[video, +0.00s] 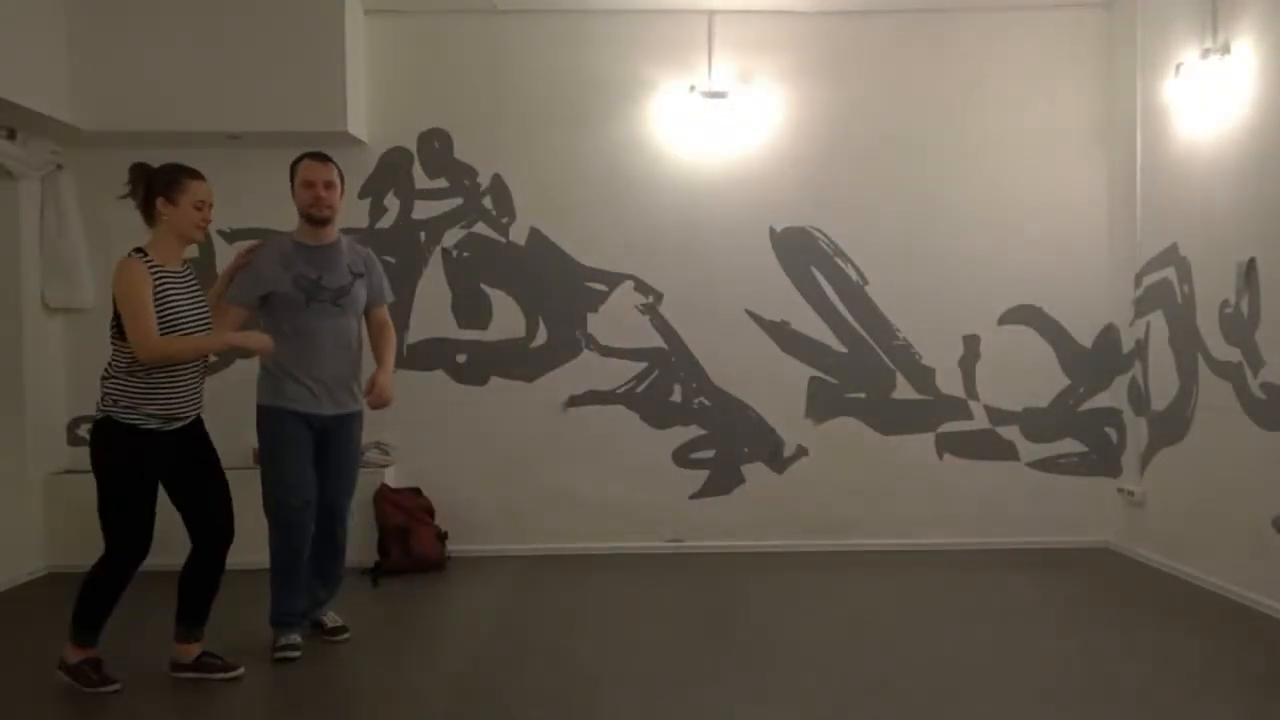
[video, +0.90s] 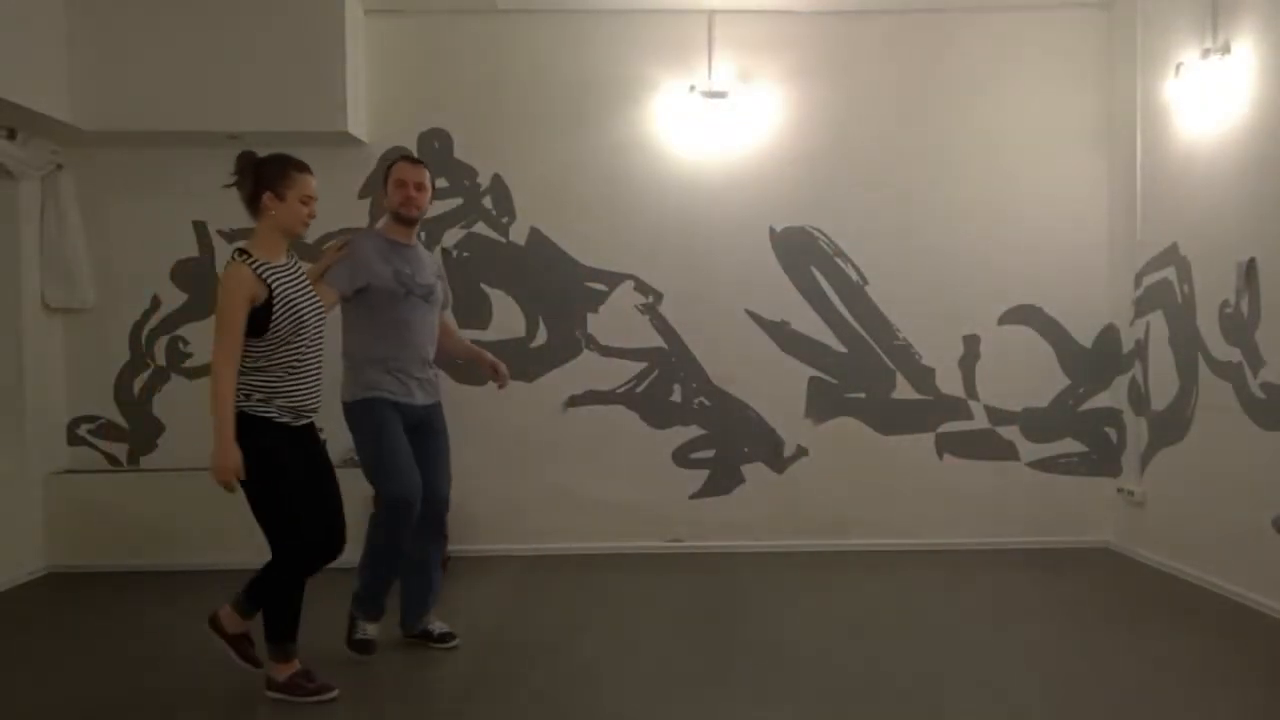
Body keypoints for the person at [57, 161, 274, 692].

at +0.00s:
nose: (208, 217)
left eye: (210, 209)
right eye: (199, 207)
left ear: (179, 212)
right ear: (163, 206)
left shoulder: (186, 272)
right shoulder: (135, 269)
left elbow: (197, 337)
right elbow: (148, 348)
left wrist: (229, 279)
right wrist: (227, 341)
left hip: (181, 429)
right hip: (125, 431)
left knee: (214, 530)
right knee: (128, 545)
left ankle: (187, 650)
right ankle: (77, 651)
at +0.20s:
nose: (226, 213)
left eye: (228, 204)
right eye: (217, 203)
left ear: (205, 208)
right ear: (182, 203)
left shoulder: (203, 267)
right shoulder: (155, 263)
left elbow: (213, 332)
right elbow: (156, 345)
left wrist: (241, 275)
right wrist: (225, 383)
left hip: (199, 424)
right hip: (151, 425)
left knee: (201, 543)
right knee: (168, 545)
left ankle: (174, 656)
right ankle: (98, 635)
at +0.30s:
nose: (238, 216)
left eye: (240, 207)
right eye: (230, 206)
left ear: (214, 211)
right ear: (194, 207)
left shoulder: (206, 268)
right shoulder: (170, 268)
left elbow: (214, 330)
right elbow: (155, 353)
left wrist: (243, 276)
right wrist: (186, 423)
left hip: (209, 425)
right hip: (165, 428)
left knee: (214, 542)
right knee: (201, 541)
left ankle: (176, 654)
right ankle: (133, 624)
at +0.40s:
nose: (251, 212)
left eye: (253, 203)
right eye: (243, 202)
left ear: (223, 207)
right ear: (208, 201)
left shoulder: (220, 265)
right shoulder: (182, 263)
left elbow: (224, 330)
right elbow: (156, 347)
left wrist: (254, 279)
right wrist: (142, 431)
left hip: (214, 423)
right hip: (184, 423)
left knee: (204, 534)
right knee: (240, 526)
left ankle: (179, 649)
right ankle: (184, 640)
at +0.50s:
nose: (266, 210)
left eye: (267, 201)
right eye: (257, 200)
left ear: (234, 204)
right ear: (222, 199)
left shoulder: (235, 263)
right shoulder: (195, 262)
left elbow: (237, 316)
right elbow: (153, 338)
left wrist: (271, 270)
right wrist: (127, 415)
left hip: (222, 421)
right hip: (194, 422)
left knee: (196, 540)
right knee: (258, 528)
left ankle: (174, 654)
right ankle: (245, 658)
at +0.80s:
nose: (303, 208)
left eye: (305, 199)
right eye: (296, 197)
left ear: (270, 200)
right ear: (261, 197)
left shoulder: (280, 259)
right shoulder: (227, 265)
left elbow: (288, 306)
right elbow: (194, 349)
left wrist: (317, 264)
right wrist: (174, 426)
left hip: (282, 419)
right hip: (244, 422)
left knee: (281, 539)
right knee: (282, 540)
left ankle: (197, 630)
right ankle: (281, 667)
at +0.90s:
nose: (312, 211)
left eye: (314, 202)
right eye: (304, 201)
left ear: (281, 205)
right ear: (269, 201)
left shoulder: (291, 264)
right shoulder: (244, 273)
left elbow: (302, 310)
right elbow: (224, 364)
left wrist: (329, 268)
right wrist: (224, 442)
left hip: (301, 426)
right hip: (262, 429)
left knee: (328, 537)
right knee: (293, 544)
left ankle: (235, 615)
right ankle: (282, 667)